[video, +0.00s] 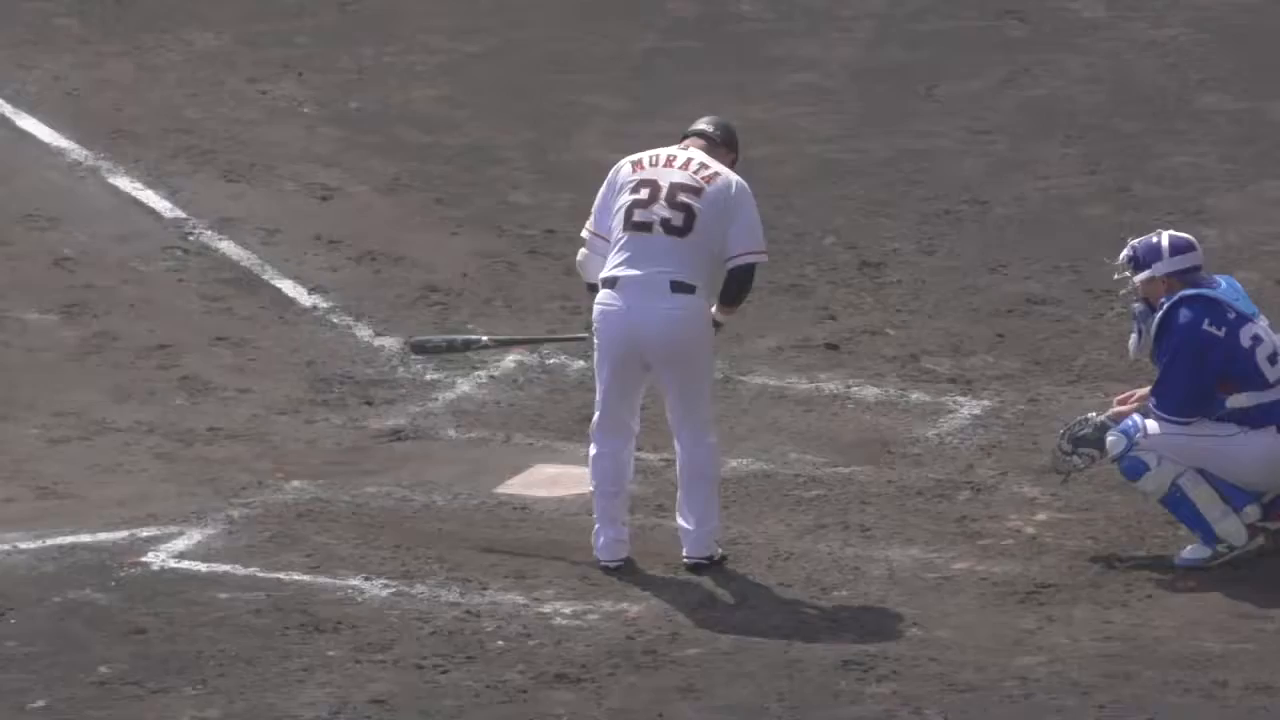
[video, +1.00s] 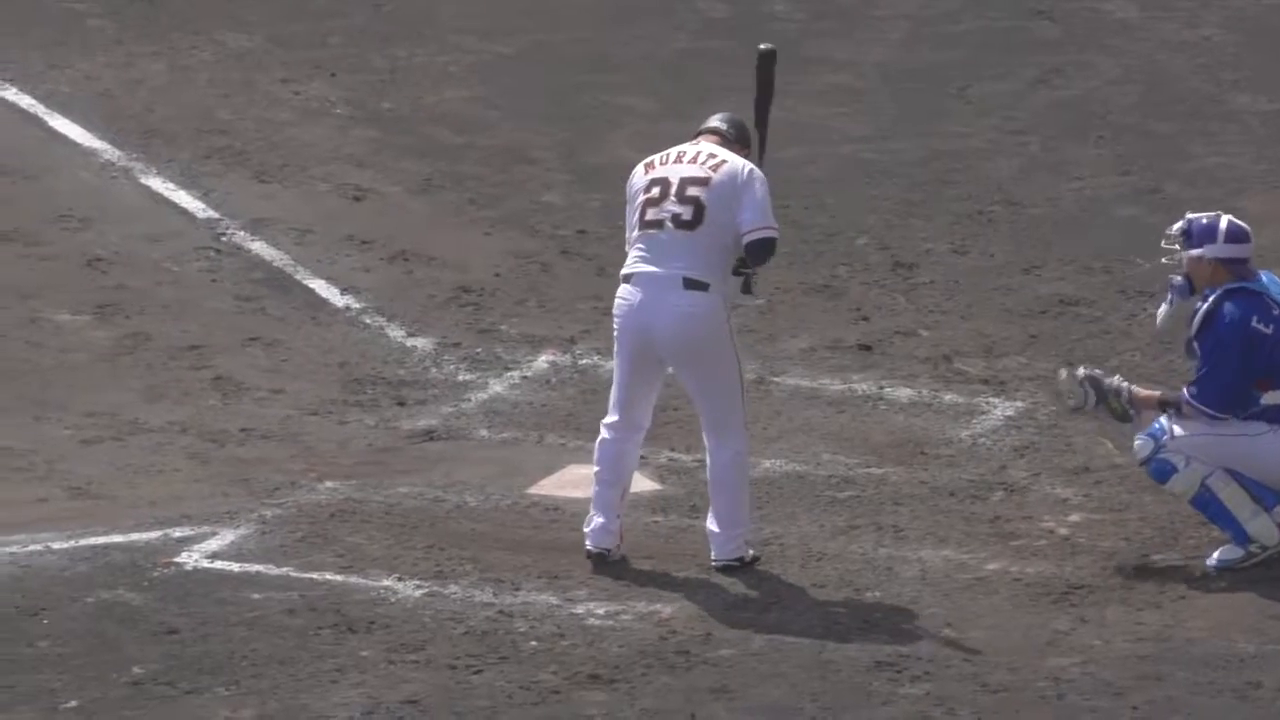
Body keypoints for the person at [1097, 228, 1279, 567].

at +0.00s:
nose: (1135, 289)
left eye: (1140, 281)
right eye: (1135, 281)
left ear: (1164, 282)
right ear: (1189, 274)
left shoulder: (1185, 318)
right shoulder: (1215, 290)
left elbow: (1177, 409)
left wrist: (1138, 410)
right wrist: (1150, 394)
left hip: (1264, 446)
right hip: (1269, 430)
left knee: (1131, 441)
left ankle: (1228, 536)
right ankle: (1256, 506)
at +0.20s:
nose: (1135, 291)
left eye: (1140, 282)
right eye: (1134, 282)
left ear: (1163, 282)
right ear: (1190, 273)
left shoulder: (1183, 318)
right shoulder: (1216, 289)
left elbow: (1175, 410)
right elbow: (1208, 383)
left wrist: (1136, 411)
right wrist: (1148, 395)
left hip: (1265, 447)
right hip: (1271, 431)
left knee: (1129, 441)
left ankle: (1225, 538)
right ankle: (1252, 506)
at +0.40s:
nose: (1133, 290)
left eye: (1138, 281)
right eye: (1133, 281)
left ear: (1161, 282)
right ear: (1188, 274)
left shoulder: (1181, 319)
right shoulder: (1214, 291)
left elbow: (1172, 411)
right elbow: (1206, 384)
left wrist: (1136, 411)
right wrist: (1146, 396)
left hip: (1263, 447)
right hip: (1270, 433)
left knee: (1127, 441)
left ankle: (1224, 540)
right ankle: (1252, 507)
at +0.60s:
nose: (1142, 291)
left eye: (1146, 282)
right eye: (1141, 282)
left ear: (1170, 284)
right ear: (1194, 276)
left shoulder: (1192, 321)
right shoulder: (1221, 293)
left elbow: (1180, 413)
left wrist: (1140, 415)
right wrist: (1153, 398)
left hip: (1267, 449)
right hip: (1270, 433)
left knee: (1137, 444)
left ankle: (1232, 539)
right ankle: (1259, 511)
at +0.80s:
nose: (1161, 281)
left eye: (1166, 273)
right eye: (1162, 272)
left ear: (1190, 277)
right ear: (1214, 273)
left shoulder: (1210, 320)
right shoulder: (1236, 299)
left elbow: (1199, 410)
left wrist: (1153, 413)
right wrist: (1168, 397)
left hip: (1269, 444)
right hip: (1271, 431)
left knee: (1149, 442)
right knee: (1168, 423)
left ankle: (1245, 539)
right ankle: (1265, 514)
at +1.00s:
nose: (1183, 264)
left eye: (1189, 256)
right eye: (1185, 255)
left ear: (1210, 264)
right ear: (1233, 261)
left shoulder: (1229, 316)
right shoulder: (1265, 285)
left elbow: (1210, 404)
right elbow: (1168, 329)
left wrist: (1136, 397)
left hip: (1270, 438)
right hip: (1271, 424)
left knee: (1158, 444)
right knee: (1185, 422)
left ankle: (1260, 535)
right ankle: (1270, 509)